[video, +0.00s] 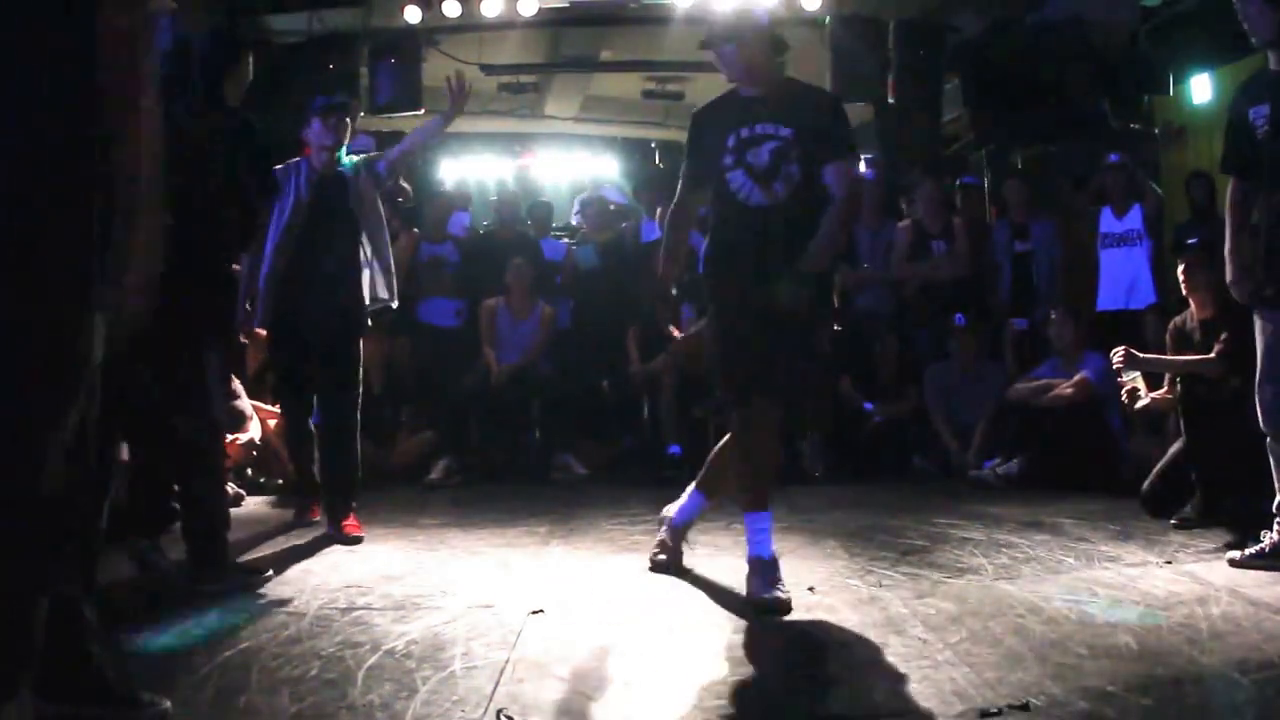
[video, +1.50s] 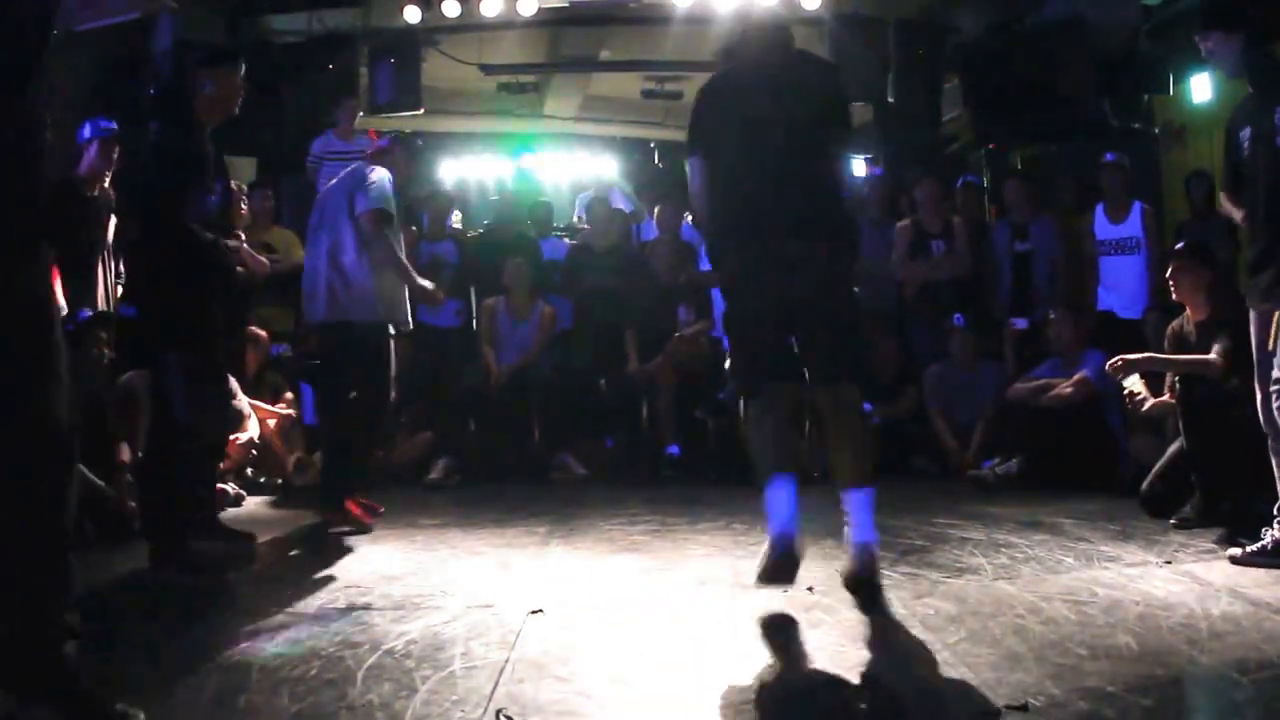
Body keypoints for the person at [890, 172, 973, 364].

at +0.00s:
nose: (929, 206)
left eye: (933, 199)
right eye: (924, 200)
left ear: (942, 201)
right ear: (916, 202)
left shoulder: (957, 226)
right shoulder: (906, 229)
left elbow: (962, 266)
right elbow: (898, 269)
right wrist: (939, 268)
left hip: (953, 295)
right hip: (918, 297)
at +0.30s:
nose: (931, 202)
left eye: (934, 196)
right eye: (925, 196)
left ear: (942, 198)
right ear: (917, 199)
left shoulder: (956, 226)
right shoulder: (906, 229)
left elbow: (964, 265)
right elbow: (899, 270)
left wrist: (926, 271)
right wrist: (938, 268)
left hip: (953, 297)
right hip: (919, 300)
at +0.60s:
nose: (929, 201)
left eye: (933, 194)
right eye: (924, 195)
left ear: (941, 196)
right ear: (916, 199)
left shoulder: (957, 226)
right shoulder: (905, 230)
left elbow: (965, 266)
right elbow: (898, 269)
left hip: (953, 295)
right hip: (919, 298)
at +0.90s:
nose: (929, 202)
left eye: (934, 195)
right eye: (924, 196)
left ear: (941, 197)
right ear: (915, 198)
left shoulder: (956, 226)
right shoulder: (905, 229)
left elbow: (963, 265)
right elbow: (899, 269)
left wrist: (922, 273)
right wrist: (942, 268)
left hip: (953, 301)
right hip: (919, 304)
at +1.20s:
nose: (931, 205)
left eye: (935, 198)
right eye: (925, 199)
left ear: (942, 200)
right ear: (917, 201)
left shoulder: (956, 226)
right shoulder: (905, 229)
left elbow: (964, 265)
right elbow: (899, 269)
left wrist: (924, 275)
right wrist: (941, 268)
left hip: (953, 297)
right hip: (919, 300)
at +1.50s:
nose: (928, 202)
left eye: (932, 196)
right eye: (923, 197)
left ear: (940, 198)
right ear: (916, 199)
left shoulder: (956, 225)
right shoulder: (905, 228)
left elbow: (963, 264)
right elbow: (900, 269)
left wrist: (923, 275)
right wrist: (942, 266)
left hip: (952, 297)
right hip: (918, 300)